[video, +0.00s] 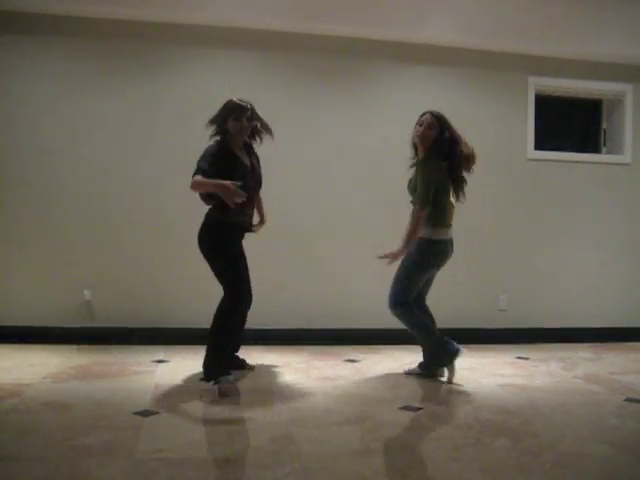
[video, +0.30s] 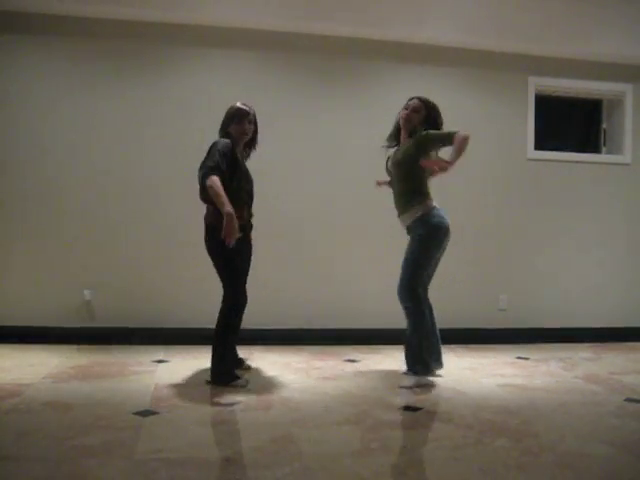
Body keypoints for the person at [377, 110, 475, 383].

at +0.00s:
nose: (421, 129)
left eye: (429, 127)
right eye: (419, 124)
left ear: (438, 136)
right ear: (413, 128)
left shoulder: (428, 165)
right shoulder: (437, 163)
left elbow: (420, 211)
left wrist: (403, 247)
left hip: (429, 244)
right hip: (437, 244)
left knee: (399, 302)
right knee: (415, 301)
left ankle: (442, 349)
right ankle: (432, 360)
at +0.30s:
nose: (406, 112)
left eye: (414, 110)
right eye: (405, 107)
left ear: (423, 121)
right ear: (399, 114)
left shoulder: (421, 140)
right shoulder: (399, 149)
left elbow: (462, 136)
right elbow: (408, 176)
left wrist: (450, 161)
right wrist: (390, 182)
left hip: (429, 226)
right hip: (422, 227)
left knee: (409, 292)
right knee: (416, 293)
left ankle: (421, 370)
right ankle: (428, 362)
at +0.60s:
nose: (396, 136)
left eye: (402, 132)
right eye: (392, 132)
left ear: (413, 136)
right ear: (387, 138)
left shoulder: (422, 159)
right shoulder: (399, 176)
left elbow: (408, 195)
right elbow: (388, 219)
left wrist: (388, 220)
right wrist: (361, 245)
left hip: (417, 234)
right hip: (403, 236)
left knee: (394, 298)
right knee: (393, 299)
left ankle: (425, 368)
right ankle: (428, 361)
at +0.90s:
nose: (389, 117)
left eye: (395, 113)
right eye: (386, 114)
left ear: (409, 119)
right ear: (383, 121)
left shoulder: (416, 146)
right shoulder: (388, 152)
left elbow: (450, 177)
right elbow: (417, 190)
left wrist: (442, 192)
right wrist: (372, 195)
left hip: (391, 229)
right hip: (378, 228)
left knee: (360, 301)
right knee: (385, 300)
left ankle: (384, 378)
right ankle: (410, 351)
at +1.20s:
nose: (370, 121)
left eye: (379, 119)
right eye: (370, 116)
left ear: (390, 128)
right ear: (366, 122)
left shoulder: (389, 152)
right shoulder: (372, 159)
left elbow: (399, 193)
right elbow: (357, 217)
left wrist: (372, 217)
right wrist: (317, 232)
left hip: (367, 242)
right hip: (361, 242)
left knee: (346, 311)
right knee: (350, 308)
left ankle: (388, 387)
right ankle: (384, 363)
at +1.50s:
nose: (344, 100)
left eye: (352, 96)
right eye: (346, 94)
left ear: (366, 106)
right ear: (358, 106)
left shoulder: (359, 136)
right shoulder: (361, 139)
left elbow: (377, 174)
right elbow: (390, 181)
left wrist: (331, 182)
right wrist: (355, 191)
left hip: (349, 233)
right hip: (338, 232)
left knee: (326, 310)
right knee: (313, 307)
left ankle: (340, 400)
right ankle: (332, 382)